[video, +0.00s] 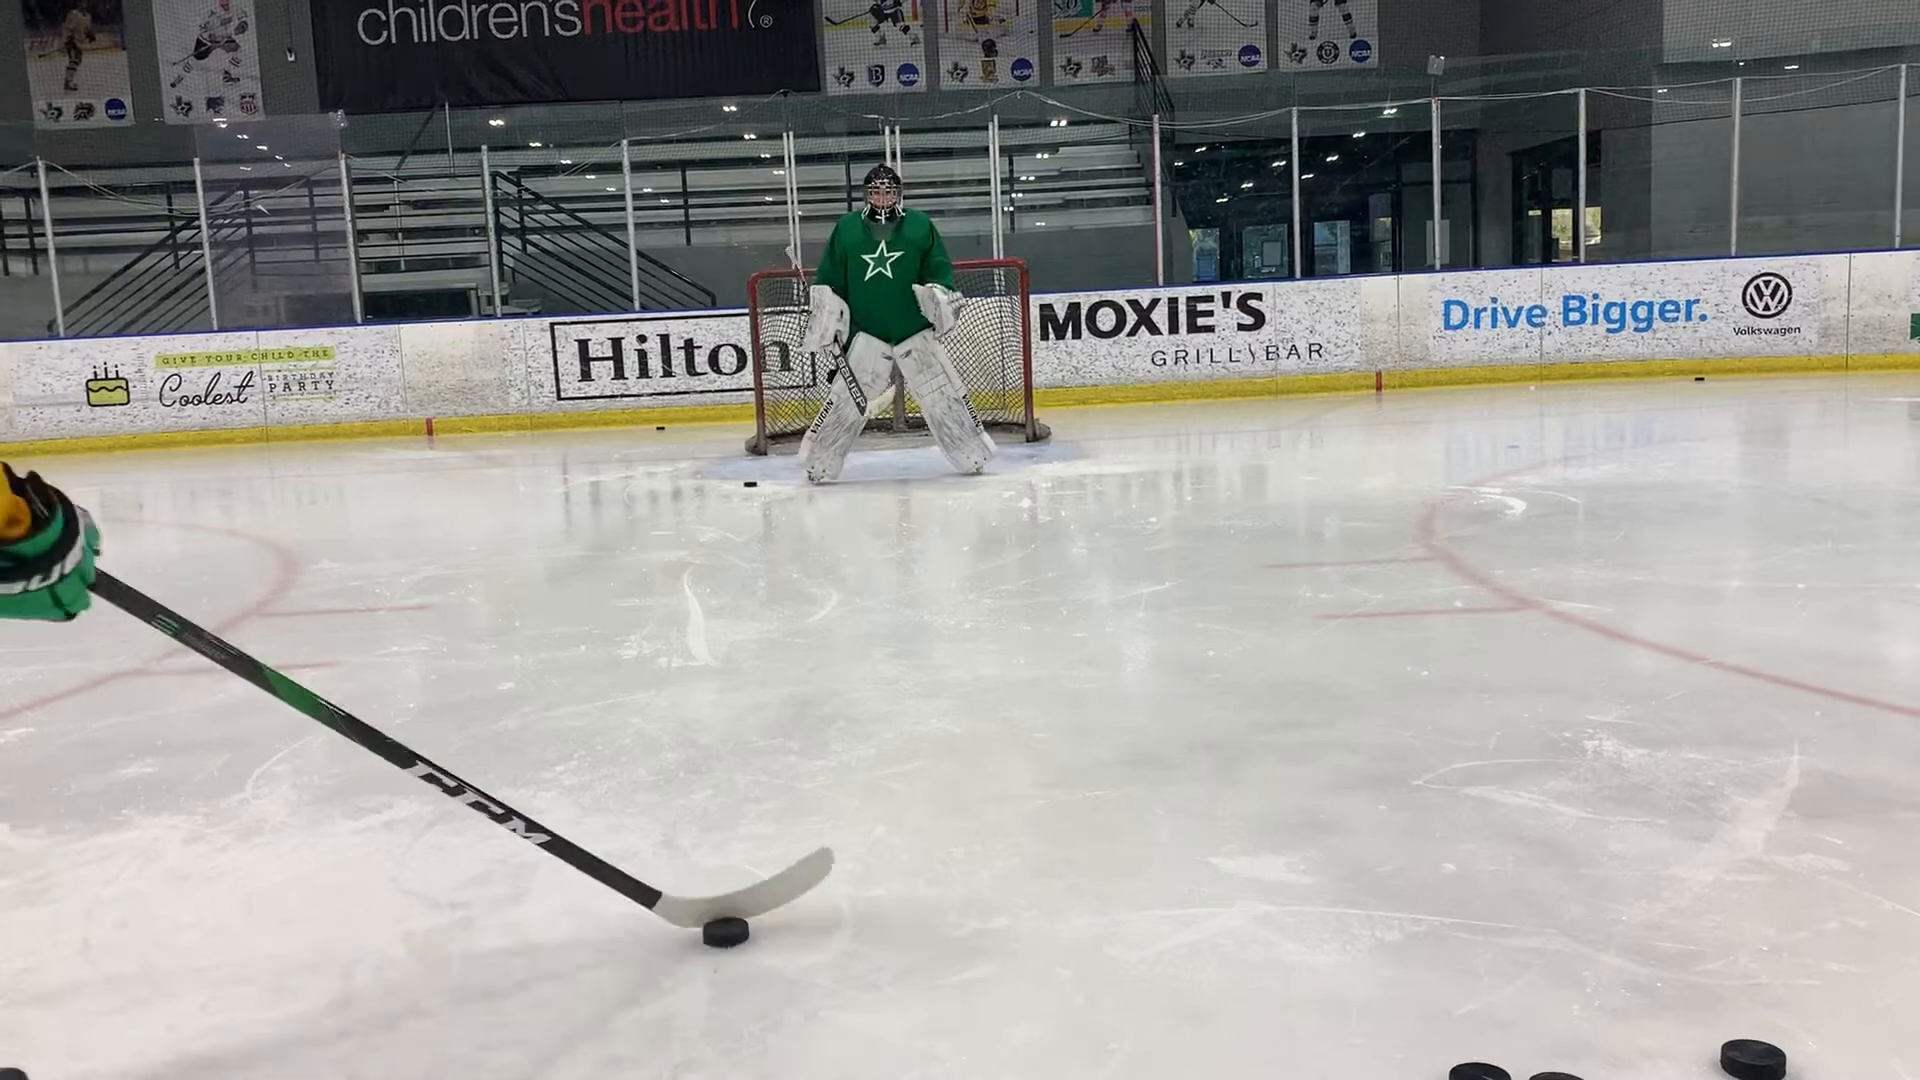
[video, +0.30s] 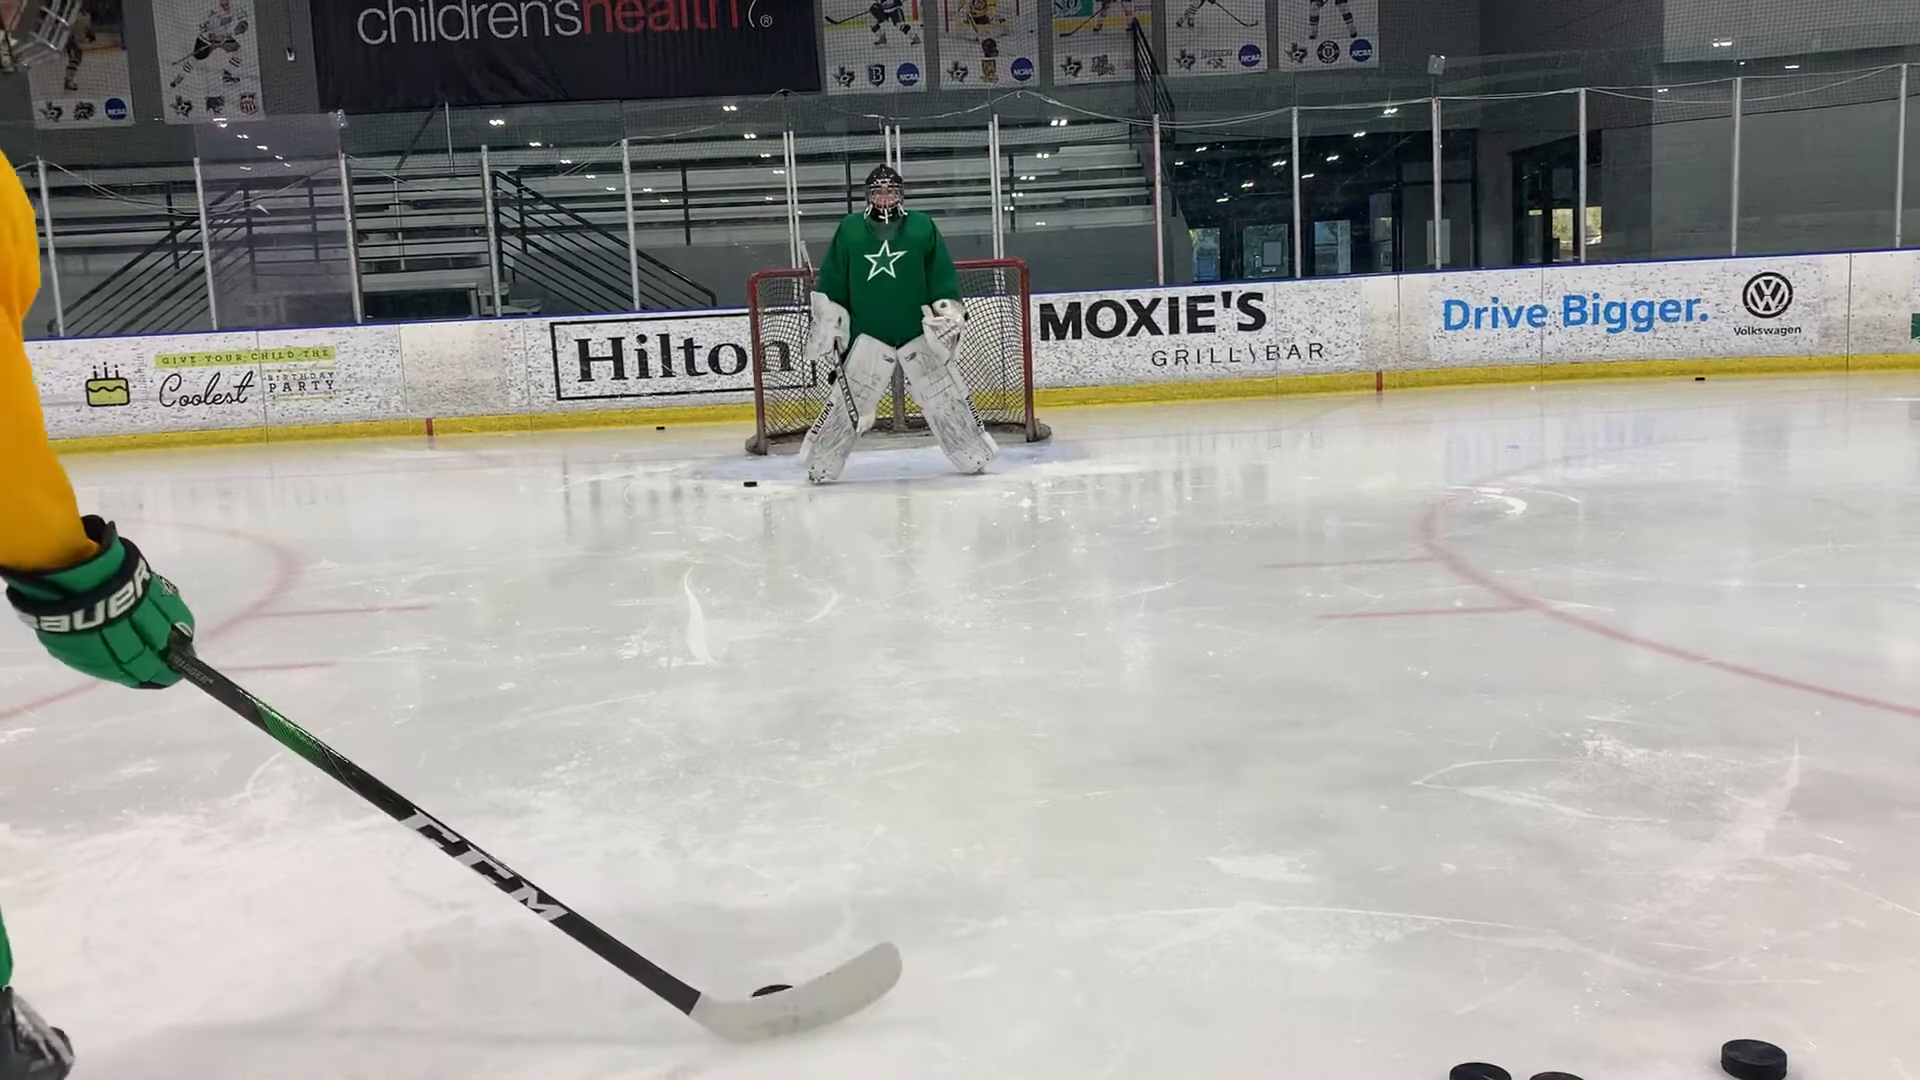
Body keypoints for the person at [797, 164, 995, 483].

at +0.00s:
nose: (882, 196)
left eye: (888, 190)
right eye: (877, 190)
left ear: (898, 193)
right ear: (867, 194)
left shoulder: (919, 225)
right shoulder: (848, 228)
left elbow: (940, 271)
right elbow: (829, 279)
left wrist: (937, 302)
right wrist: (827, 323)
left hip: (915, 329)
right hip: (867, 332)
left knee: (942, 396)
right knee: (846, 402)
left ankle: (971, 459)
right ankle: (821, 469)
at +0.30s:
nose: (884, 197)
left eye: (890, 191)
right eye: (878, 191)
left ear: (900, 194)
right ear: (868, 195)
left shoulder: (922, 227)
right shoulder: (851, 229)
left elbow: (942, 276)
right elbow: (832, 283)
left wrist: (949, 317)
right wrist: (827, 331)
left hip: (918, 330)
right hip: (868, 333)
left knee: (945, 396)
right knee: (849, 403)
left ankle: (973, 458)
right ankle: (823, 467)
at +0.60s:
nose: (887, 197)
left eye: (892, 191)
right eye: (881, 191)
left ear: (903, 194)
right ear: (871, 194)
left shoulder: (923, 227)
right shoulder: (851, 228)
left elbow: (943, 277)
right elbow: (830, 280)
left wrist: (949, 311)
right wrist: (830, 322)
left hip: (919, 330)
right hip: (868, 331)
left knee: (951, 394)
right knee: (844, 401)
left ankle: (981, 457)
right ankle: (818, 468)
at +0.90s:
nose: (891, 219)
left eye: (896, 213)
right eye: (884, 213)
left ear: (906, 214)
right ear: (874, 215)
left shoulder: (926, 240)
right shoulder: (853, 242)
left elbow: (955, 297)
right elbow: (831, 290)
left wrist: (961, 275)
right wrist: (825, 335)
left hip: (921, 333)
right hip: (869, 336)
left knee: (957, 394)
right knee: (843, 401)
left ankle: (990, 458)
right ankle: (815, 468)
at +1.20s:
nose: (896, 285)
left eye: (902, 278)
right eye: (890, 279)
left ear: (912, 279)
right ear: (881, 280)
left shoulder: (928, 301)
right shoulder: (861, 305)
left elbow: (960, 350)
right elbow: (836, 341)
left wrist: (948, 320)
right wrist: (831, 380)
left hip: (927, 374)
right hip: (880, 380)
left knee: (964, 414)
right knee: (855, 426)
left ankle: (1009, 457)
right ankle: (813, 468)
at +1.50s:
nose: (899, 302)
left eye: (905, 295)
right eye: (893, 295)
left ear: (915, 295)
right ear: (883, 295)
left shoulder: (931, 312)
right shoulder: (864, 315)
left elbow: (962, 365)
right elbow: (837, 351)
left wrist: (949, 335)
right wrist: (833, 387)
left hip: (929, 382)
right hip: (882, 387)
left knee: (966, 415)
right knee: (855, 429)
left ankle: (1010, 455)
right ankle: (813, 468)